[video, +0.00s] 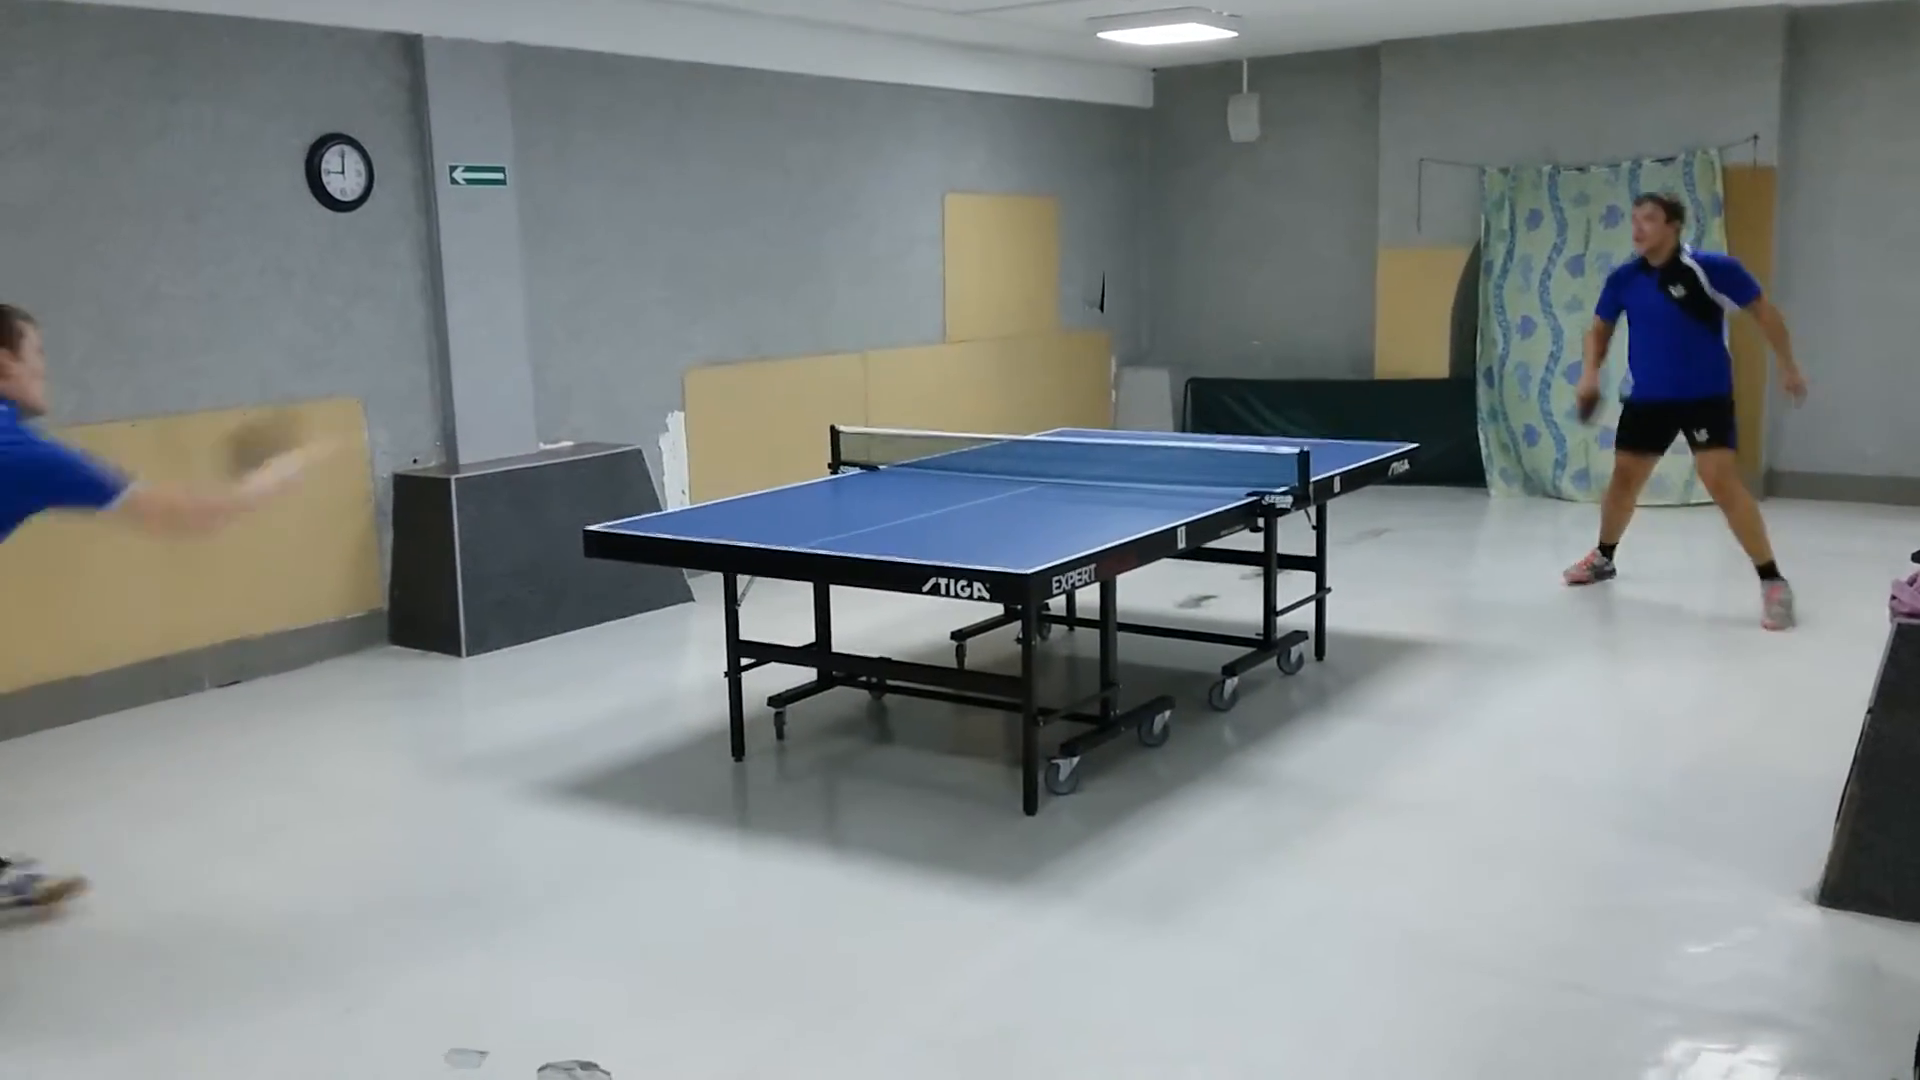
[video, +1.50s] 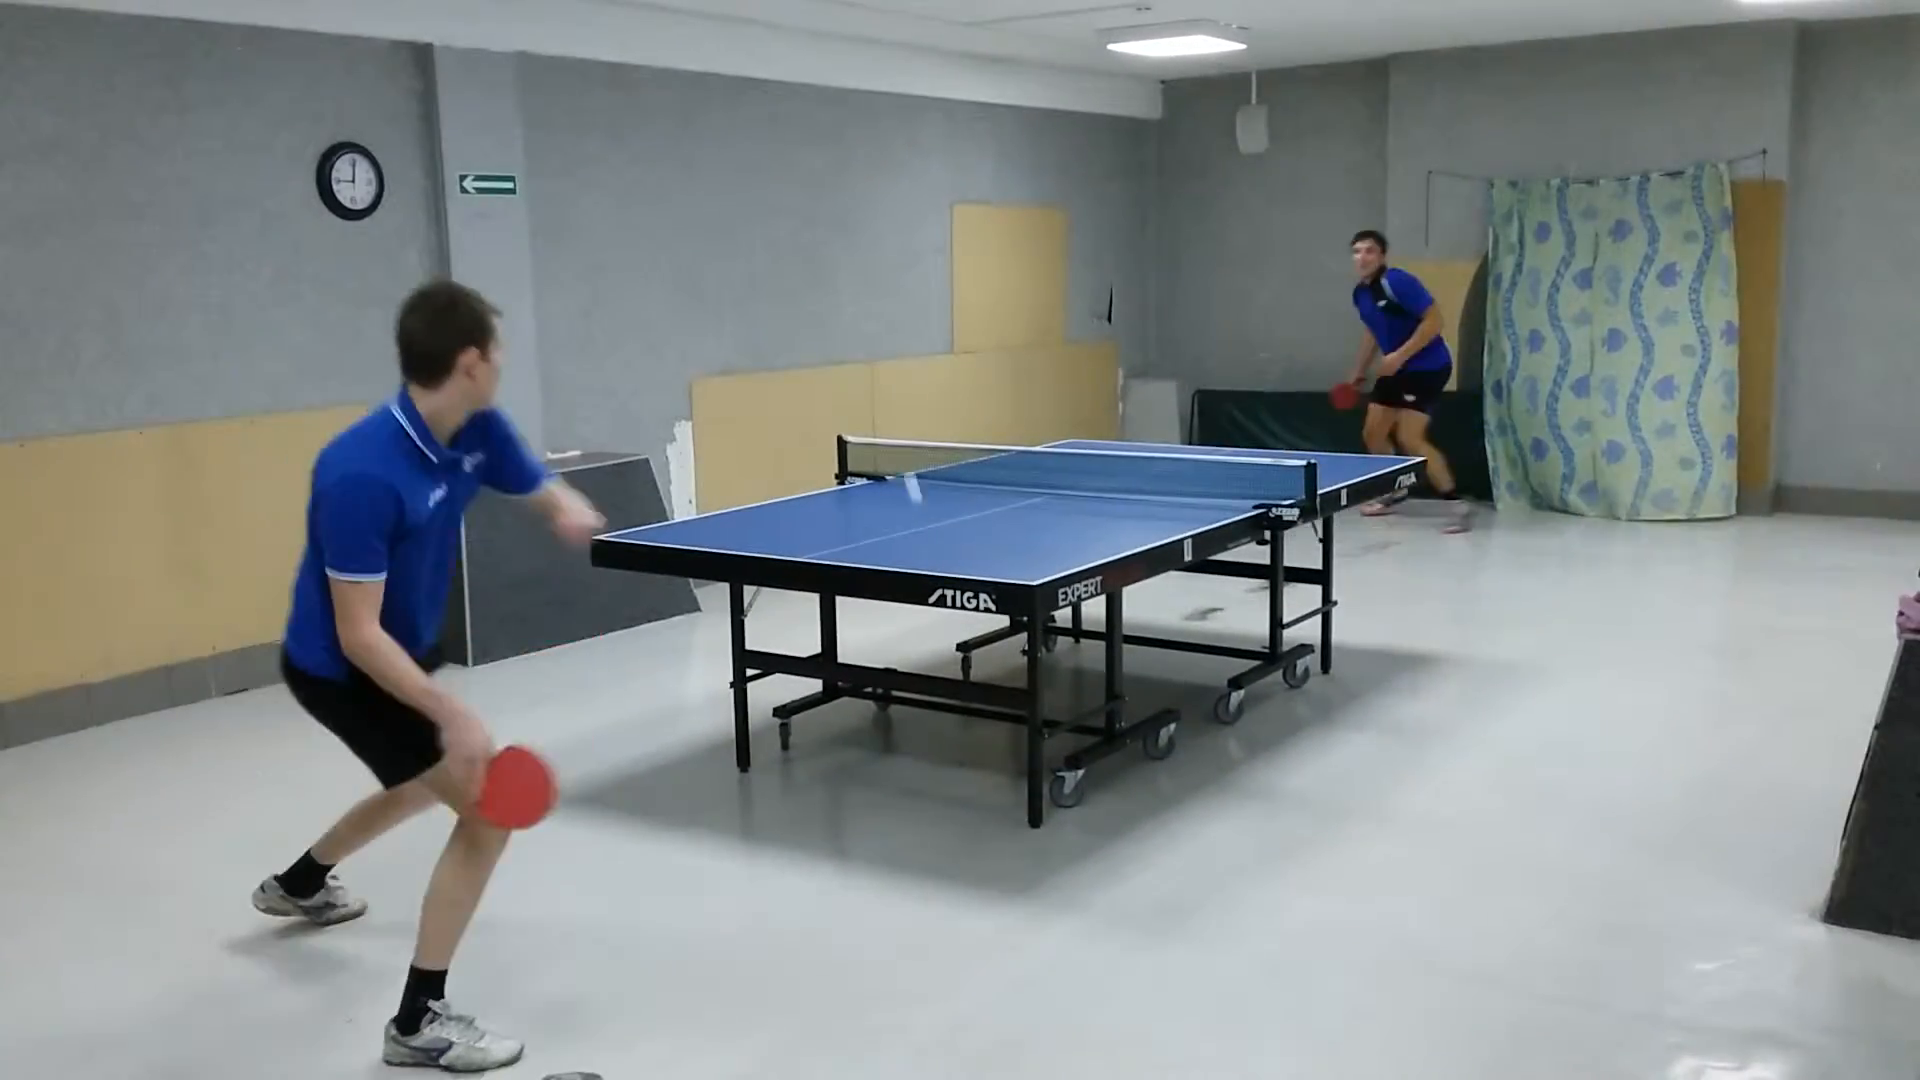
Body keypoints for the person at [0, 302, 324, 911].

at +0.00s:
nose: (43, 368)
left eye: (39, 353)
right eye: (33, 354)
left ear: (8, 363)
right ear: (5, 363)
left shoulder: (16, 444)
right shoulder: (17, 449)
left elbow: (161, 509)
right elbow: (169, 511)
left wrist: (245, 488)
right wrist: (273, 478)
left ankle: (5, 871)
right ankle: (4, 871)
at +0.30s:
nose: (134, 338)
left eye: (128, 323)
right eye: (128, 324)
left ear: (53, 338)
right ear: (105, 332)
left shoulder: (10, 390)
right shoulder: (131, 406)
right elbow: (238, 531)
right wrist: (293, 617)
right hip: (23, 625)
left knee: (18, 755)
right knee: (142, 786)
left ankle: (2, 902)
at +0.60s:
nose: (241, 302)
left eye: (235, 288)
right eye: (235, 290)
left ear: (152, 306)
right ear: (218, 300)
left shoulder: (105, 391)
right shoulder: (248, 391)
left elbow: (27, 509)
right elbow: (281, 542)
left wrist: (82, 594)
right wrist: (277, 611)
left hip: (119, 643)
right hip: (214, 649)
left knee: (153, 756)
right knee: (311, 818)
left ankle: (80, 913)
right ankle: (244, 1030)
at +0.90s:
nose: (339, 282)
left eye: (331, 268)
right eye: (334, 268)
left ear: (256, 283)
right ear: (319, 276)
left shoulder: (195, 363)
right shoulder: (343, 380)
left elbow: (132, 481)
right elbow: (375, 540)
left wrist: (193, 553)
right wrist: (403, 599)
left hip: (191, 621)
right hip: (279, 630)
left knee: (249, 752)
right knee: (393, 801)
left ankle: (210, 918)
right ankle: (402, 1026)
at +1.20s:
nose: (410, 315)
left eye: (405, 301)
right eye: (406, 303)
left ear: (332, 313)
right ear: (387, 314)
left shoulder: (294, 378)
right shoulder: (357, 418)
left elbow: (302, 477)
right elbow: (357, 578)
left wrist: (401, 494)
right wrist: (479, 610)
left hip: (231, 626)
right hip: (288, 642)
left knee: (296, 762)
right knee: (437, 783)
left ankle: (210, 920)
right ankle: (417, 1011)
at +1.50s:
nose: (500, 365)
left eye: (499, 353)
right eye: (496, 353)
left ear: (446, 364)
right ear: (469, 363)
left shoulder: (480, 428)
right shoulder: (360, 472)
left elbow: (548, 497)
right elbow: (356, 634)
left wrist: (572, 513)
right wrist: (448, 715)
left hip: (396, 650)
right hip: (333, 665)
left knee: (434, 774)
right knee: (487, 808)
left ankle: (300, 879)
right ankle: (419, 1018)